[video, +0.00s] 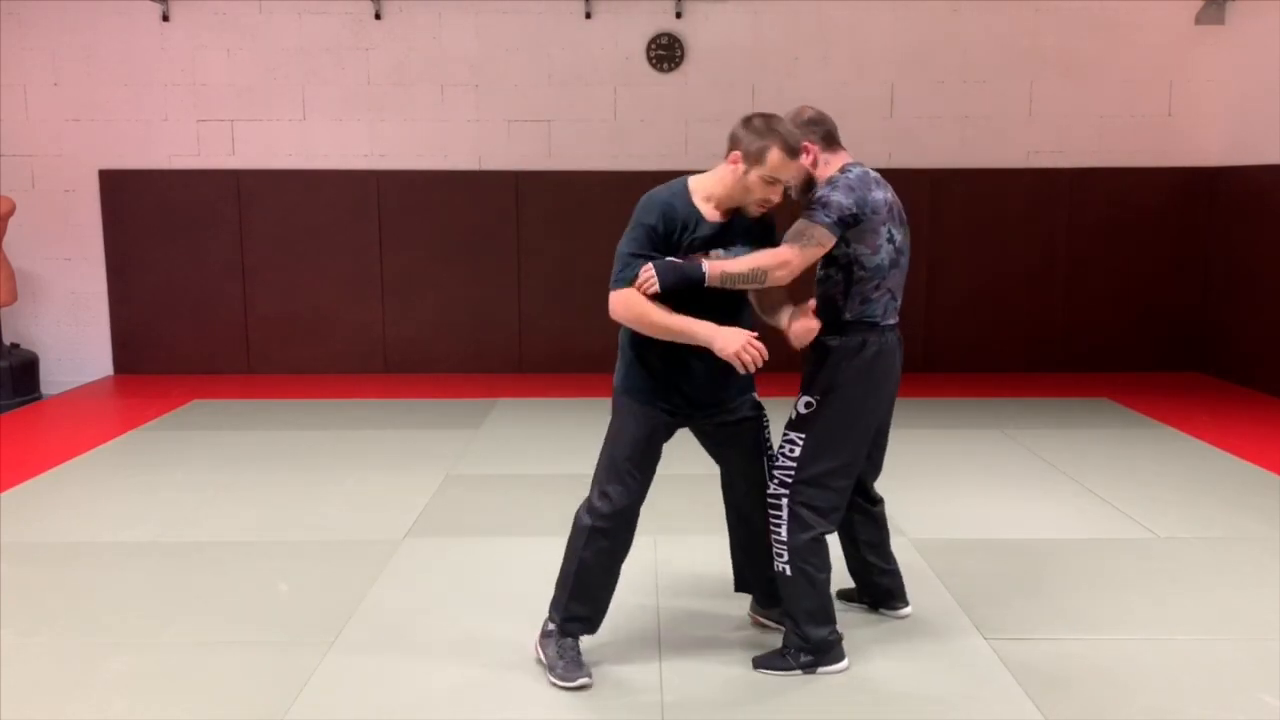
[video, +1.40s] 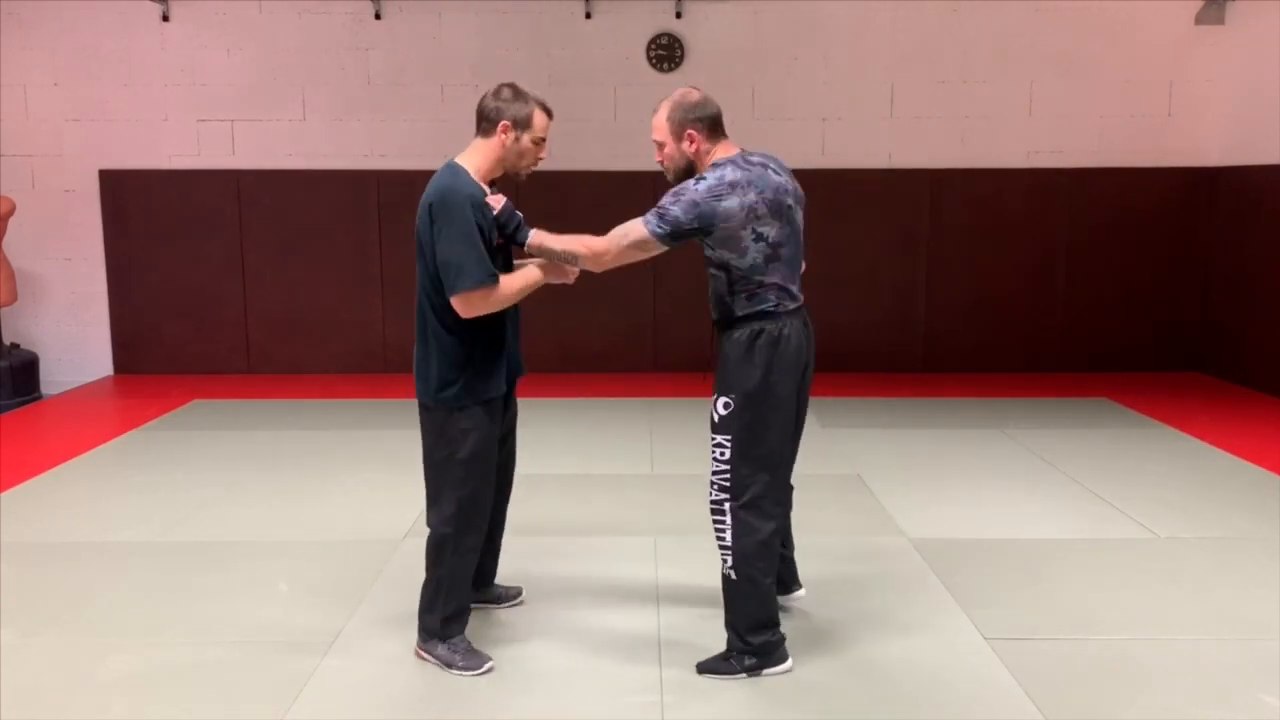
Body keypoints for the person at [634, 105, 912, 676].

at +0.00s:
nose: (789, 183)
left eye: (789, 170)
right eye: (786, 175)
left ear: (811, 152)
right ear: (826, 147)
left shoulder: (844, 189)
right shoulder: (869, 185)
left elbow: (784, 265)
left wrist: (692, 270)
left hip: (849, 356)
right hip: (874, 353)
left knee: (789, 487)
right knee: (850, 479)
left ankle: (813, 640)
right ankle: (881, 585)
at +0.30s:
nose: (756, 153)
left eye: (762, 140)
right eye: (754, 141)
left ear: (798, 133)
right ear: (803, 134)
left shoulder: (829, 184)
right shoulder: (838, 178)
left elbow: (804, 286)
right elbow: (811, 283)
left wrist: (711, 288)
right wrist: (743, 293)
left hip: (824, 351)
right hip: (840, 346)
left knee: (791, 500)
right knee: (833, 477)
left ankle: (813, 644)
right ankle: (870, 579)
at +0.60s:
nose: (725, 147)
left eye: (732, 135)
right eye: (724, 135)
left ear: (767, 130)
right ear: (770, 130)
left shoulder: (802, 182)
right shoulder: (802, 175)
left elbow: (776, 283)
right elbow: (805, 279)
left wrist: (690, 290)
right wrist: (770, 338)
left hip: (805, 345)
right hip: (802, 340)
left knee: (791, 492)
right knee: (792, 472)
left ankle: (814, 644)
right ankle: (798, 576)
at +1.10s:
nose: (694, 152)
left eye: (699, 139)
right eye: (692, 140)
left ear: (735, 132)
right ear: (737, 133)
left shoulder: (767, 183)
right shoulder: (770, 175)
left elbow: (710, 272)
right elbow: (766, 272)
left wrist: (631, 243)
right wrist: (728, 329)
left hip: (765, 342)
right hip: (773, 339)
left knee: (732, 486)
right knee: (771, 474)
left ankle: (754, 642)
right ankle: (783, 586)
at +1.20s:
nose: (684, 152)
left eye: (688, 139)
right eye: (681, 140)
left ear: (723, 131)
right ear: (729, 131)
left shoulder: (748, 188)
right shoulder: (779, 175)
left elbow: (671, 269)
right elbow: (765, 266)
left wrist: (594, 238)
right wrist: (727, 320)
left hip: (758, 344)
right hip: (780, 339)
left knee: (736, 491)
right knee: (774, 477)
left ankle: (755, 643)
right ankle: (785, 584)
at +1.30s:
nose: (669, 153)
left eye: (673, 141)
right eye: (667, 141)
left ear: (707, 135)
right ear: (719, 133)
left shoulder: (720, 190)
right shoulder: (775, 172)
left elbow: (623, 252)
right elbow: (769, 259)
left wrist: (535, 242)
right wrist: (731, 314)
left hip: (758, 346)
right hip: (788, 338)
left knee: (737, 495)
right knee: (776, 474)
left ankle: (755, 645)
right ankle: (782, 578)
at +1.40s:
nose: (657, 155)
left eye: (661, 143)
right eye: (655, 143)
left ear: (692, 138)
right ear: (712, 133)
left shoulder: (706, 194)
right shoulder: (775, 173)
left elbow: (604, 252)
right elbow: (793, 264)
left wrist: (524, 236)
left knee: (735, 494)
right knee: (768, 471)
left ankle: (756, 647)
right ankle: (778, 574)